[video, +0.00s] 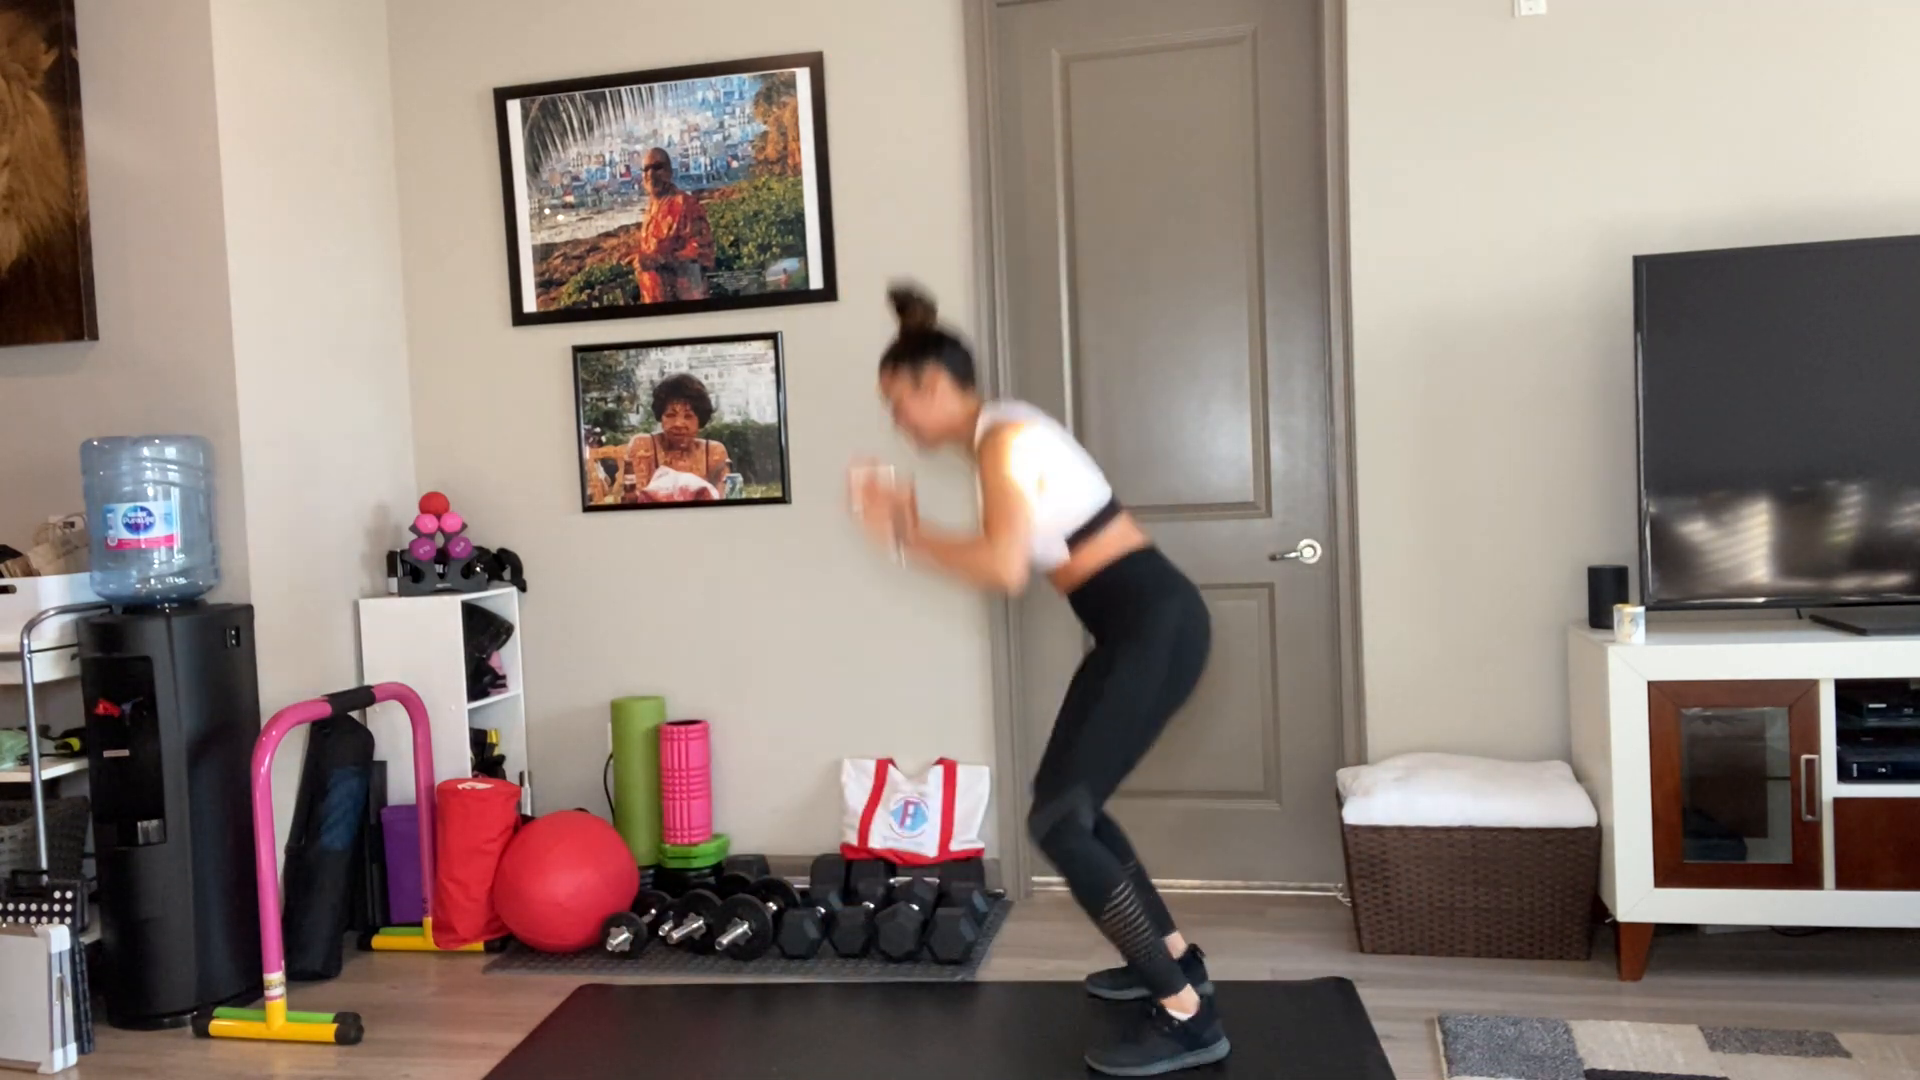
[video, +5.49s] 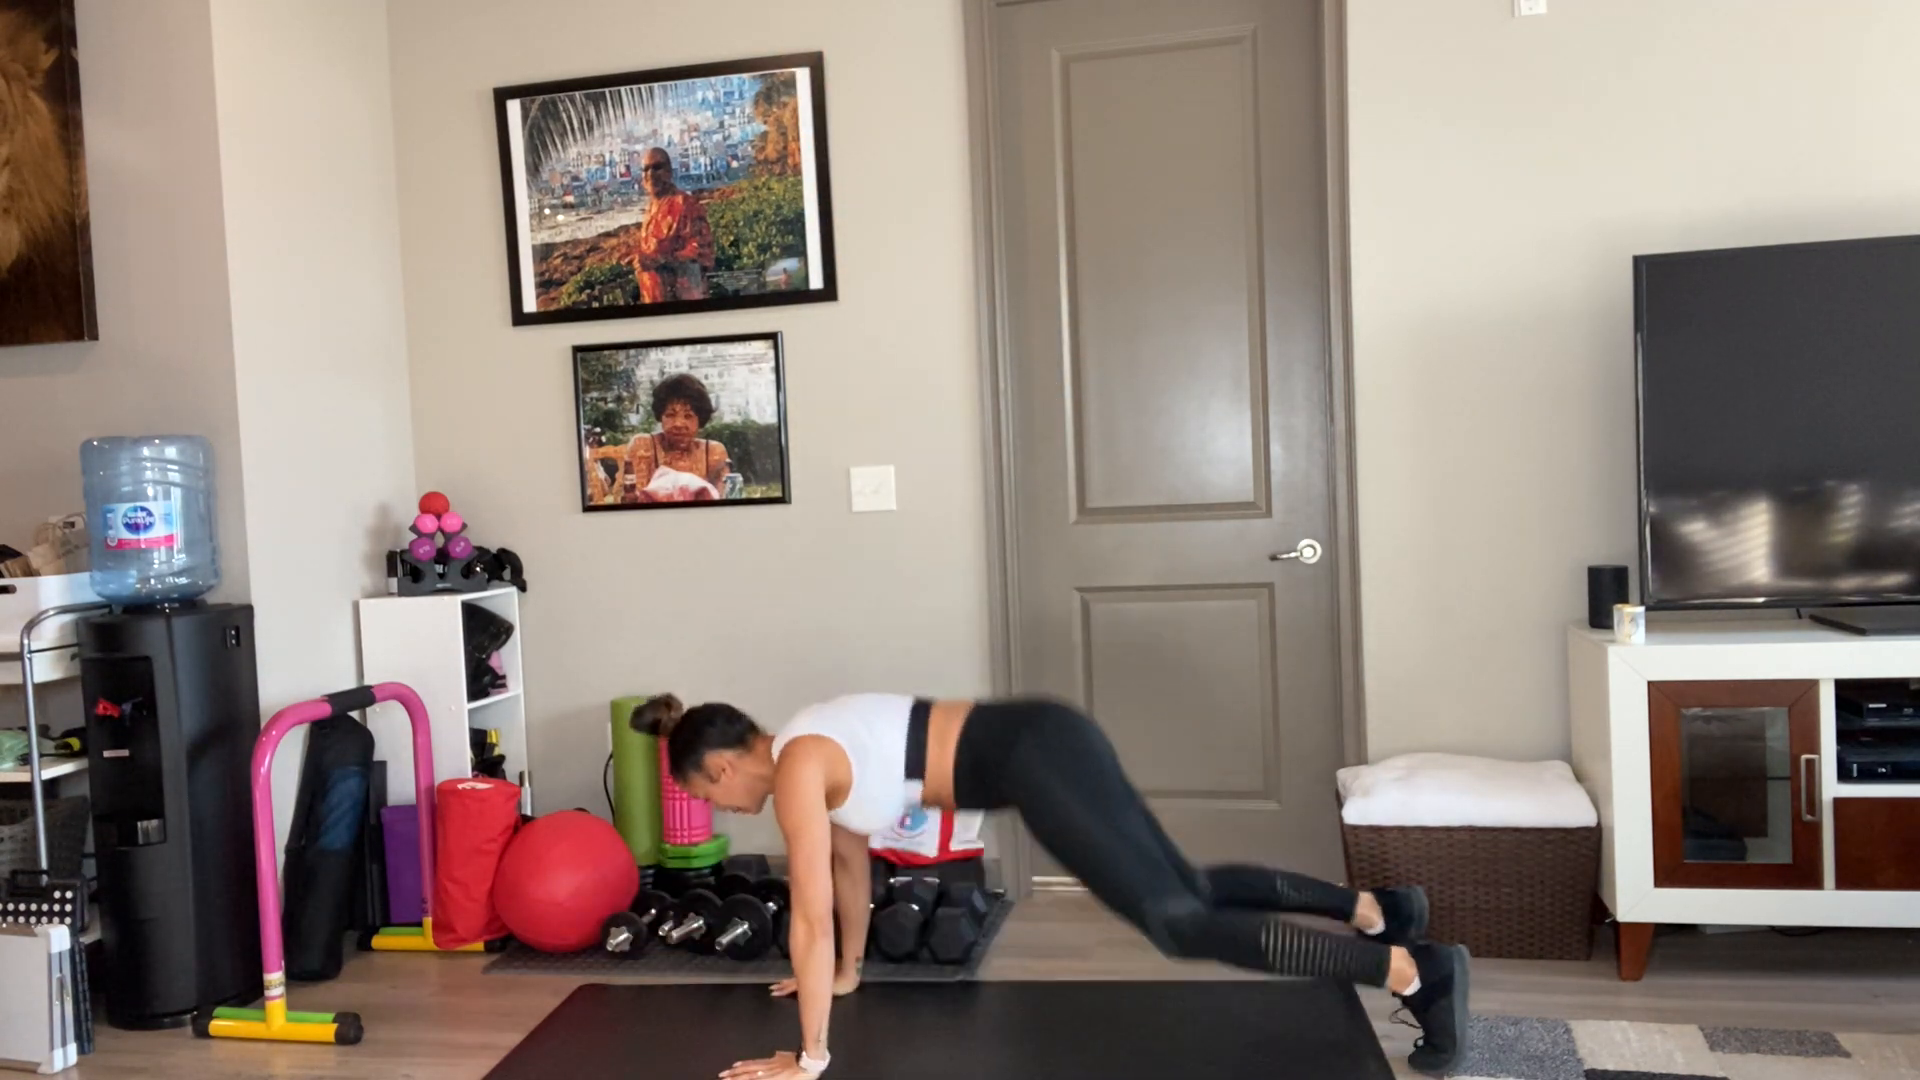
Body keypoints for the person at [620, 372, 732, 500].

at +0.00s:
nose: (679, 424)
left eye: (688, 416)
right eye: (670, 415)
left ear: (701, 420)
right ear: (660, 418)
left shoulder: (715, 451)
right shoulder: (642, 446)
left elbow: (720, 501)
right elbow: (638, 499)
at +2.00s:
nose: (679, 424)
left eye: (688, 416)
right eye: (670, 415)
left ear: (700, 420)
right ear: (660, 417)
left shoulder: (714, 451)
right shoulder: (641, 446)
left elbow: (722, 499)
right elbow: (632, 499)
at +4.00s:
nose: (679, 424)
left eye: (688, 416)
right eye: (670, 415)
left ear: (700, 419)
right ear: (660, 417)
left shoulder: (714, 451)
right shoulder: (641, 446)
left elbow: (722, 500)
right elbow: (631, 499)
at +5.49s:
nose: (679, 424)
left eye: (688, 416)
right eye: (670, 415)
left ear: (700, 420)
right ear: (660, 417)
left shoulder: (714, 451)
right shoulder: (641, 446)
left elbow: (722, 500)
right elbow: (630, 499)